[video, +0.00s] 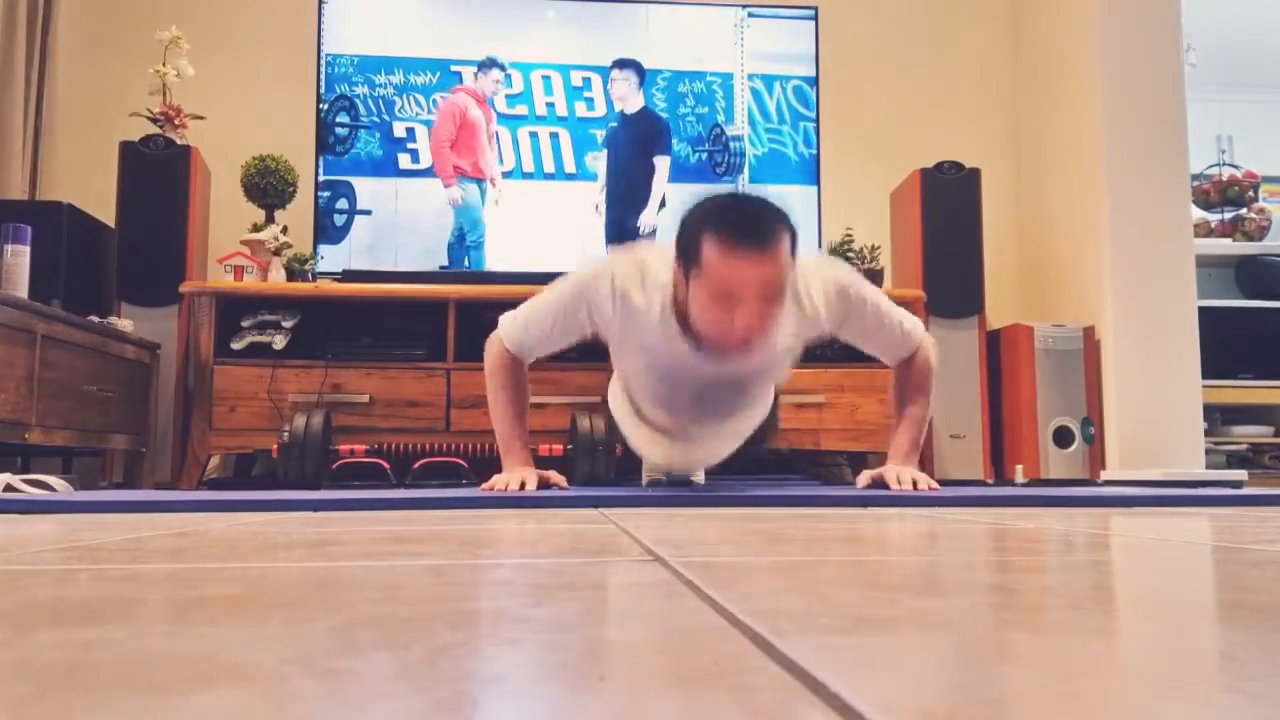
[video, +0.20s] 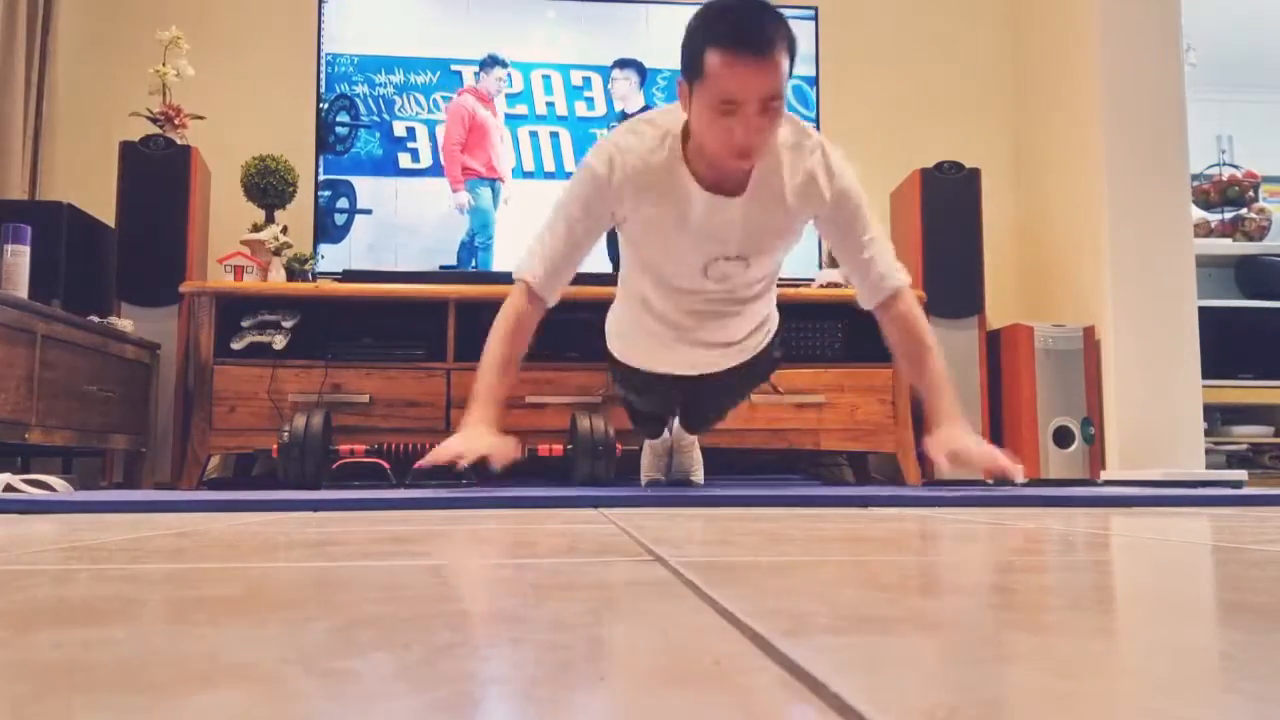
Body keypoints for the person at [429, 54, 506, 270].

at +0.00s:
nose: (498, 87)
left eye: (501, 83)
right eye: (495, 81)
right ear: (478, 76)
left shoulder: (487, 111)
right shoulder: (456, 102)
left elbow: (490, 148)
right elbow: (440, 144)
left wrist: (495, 175)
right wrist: (449, 184)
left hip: (481, 179)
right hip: (462, 178)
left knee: (460, 235)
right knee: (476, 234)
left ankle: (455, 283)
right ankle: (479, 287)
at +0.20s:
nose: (502, 85)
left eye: (505, 80)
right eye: (498, 79)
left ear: (506, 81)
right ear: (483, 76)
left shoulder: (492, 107)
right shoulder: (463, 104)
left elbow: (498, 149)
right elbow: (451, 148)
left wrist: (503, 181)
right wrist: (457, 189)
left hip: (494, 179)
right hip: (474, 178)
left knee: (474, 236)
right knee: (485, 237)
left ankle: (460, 280)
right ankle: (485, 287)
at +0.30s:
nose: (504, 83)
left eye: (506, 77)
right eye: (499, 77)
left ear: (507, 77)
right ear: (483, 75)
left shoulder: (496, 105)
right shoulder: (466, 105)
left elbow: (501, 144)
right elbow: (457, 150)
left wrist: (509, 172)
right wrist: (471, 188)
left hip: (500, 178)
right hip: (481, 179)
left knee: (499, 229)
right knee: (486, 235)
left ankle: (468, 272)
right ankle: (486, 285)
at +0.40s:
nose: (505, 82)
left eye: (507, 77)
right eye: (500, 76)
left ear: (508, 76)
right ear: (484, 75)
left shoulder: (500, 102)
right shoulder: (468, 106)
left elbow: (504, 141)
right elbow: (463, 151)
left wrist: (516, 166)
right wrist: (483, 187)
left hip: (505, 178)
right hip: (484, 181)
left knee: (516, 222)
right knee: (487, 235)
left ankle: (486, 261)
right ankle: (487, 281)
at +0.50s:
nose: (508, 81)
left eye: (510, 75)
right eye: (502, 75)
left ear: (511, 76)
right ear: (487, 74)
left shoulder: (508, 104)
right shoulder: (470, 105)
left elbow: (517, 140)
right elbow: (466, 150)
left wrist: (526, 165)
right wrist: (488, 186)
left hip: (511, 179)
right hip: (486, 181)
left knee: (523, 222)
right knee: (487, 235)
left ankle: (510, 274)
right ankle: (487, 284)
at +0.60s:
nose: (511, 81)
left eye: (514, 75)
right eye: (506, 75)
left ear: (517, 75)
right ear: (491, 74)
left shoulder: (517, 104)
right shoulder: (475, 105)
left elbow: (526, 138)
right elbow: (467, 148)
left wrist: (534, 162)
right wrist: (484, 186)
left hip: (517, 179)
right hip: (491, 181)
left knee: (529, 223)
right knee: (489, 234)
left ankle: (532, 276)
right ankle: (487, 284)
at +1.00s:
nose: (541, 81)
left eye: (545, 76)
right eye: (536, 75)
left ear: (549, 76)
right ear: (525, 73)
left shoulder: (554, 109)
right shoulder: (507, 100)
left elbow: (561, 145)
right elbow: (485, 133)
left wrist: (556, 177)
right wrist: (478, 170)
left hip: (539, 178)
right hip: (507, 175)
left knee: (540, 229)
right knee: (501, 228)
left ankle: (540, 275)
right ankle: (493, 274)